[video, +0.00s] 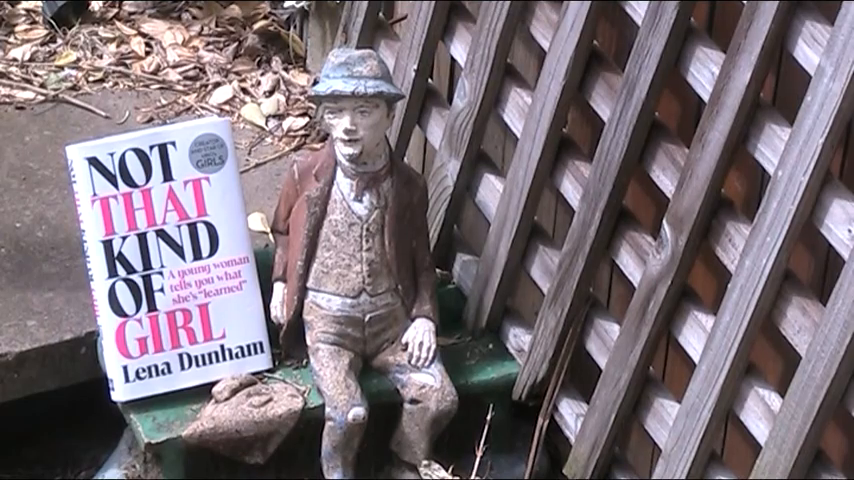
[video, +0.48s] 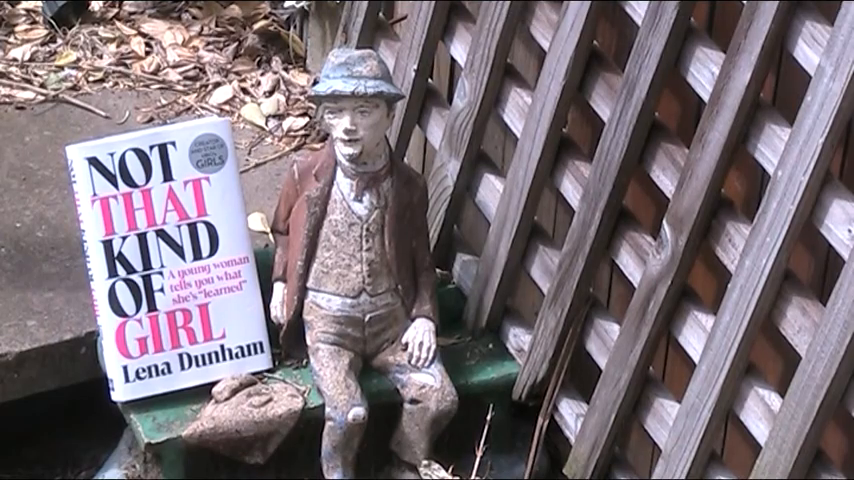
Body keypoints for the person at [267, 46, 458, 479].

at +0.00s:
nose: (348, 125)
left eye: (363, 112)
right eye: (336, 112)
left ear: (388, 116)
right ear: (323, 117)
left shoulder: (409, 185)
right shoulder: (304, 174)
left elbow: (423, 261)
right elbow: (282, 233)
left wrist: (425, 315)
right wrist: (282, 282)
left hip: (393, 323)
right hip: (328, 323)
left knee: (438, 398)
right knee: (349, 414)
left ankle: (407, 459)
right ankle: (337, 472)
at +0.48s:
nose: (348, 125)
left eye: (363, 111)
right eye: (336, 112)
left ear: (388, 116)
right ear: (323, 117)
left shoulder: (409, 185)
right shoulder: (304, 174)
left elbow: (423, 261)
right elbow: (282, 233)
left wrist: (425, 315)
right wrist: (282, 282)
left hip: (393, 323)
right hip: (328, 323)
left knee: (438, 398)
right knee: (349, 414)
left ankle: (407, 458)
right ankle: (337, 472)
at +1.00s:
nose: (348, 124)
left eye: (364, 111)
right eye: (336, 111)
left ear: (388, 114)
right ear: (323, 116)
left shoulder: (409, 184)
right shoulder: (304, 173)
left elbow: (423, 261)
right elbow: (283, 232)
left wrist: (425, 315)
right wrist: (281, 281)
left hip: (393, 322)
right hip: (328, 321)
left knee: (438, 398)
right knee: (349, 414)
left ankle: (406, 458)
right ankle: (338, 472)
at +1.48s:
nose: (349, 127)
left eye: (364, 113)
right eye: (336, 114)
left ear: (389, 117)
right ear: (323, 118)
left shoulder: (409, 186)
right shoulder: (305, 175)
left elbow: (423, 263)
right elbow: (283, 235)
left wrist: (425, 317)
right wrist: (282, 284)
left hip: (394, 325)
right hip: (329, 325)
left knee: (438, 399)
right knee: (349, 416)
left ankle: (408, 460)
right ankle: (338, 472)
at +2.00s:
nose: (348, 126)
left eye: (363, 112)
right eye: (336, 113)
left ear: (388, 116)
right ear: (322, 118)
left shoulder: (409, 185)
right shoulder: (304, 175)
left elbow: (423, 262)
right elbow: (283, 235)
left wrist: (425, 316)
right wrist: (282, 284)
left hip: (393, 323)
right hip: (328, 323)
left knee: (438, 399)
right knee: (349, 415)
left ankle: (406, 459)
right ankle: (338, 473)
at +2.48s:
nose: (348, 129)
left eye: (363, 115)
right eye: (336, 115)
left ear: (388, 118)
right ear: (323, 120)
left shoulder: (408, 187)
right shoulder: (305, 176)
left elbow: (422, 265)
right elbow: (283, 236)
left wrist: (424, 318)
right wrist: (282, 286)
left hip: (393, 326)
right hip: (328, 326)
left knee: (437, 401)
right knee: (348, 417)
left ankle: (406, 462)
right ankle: (336, 473)